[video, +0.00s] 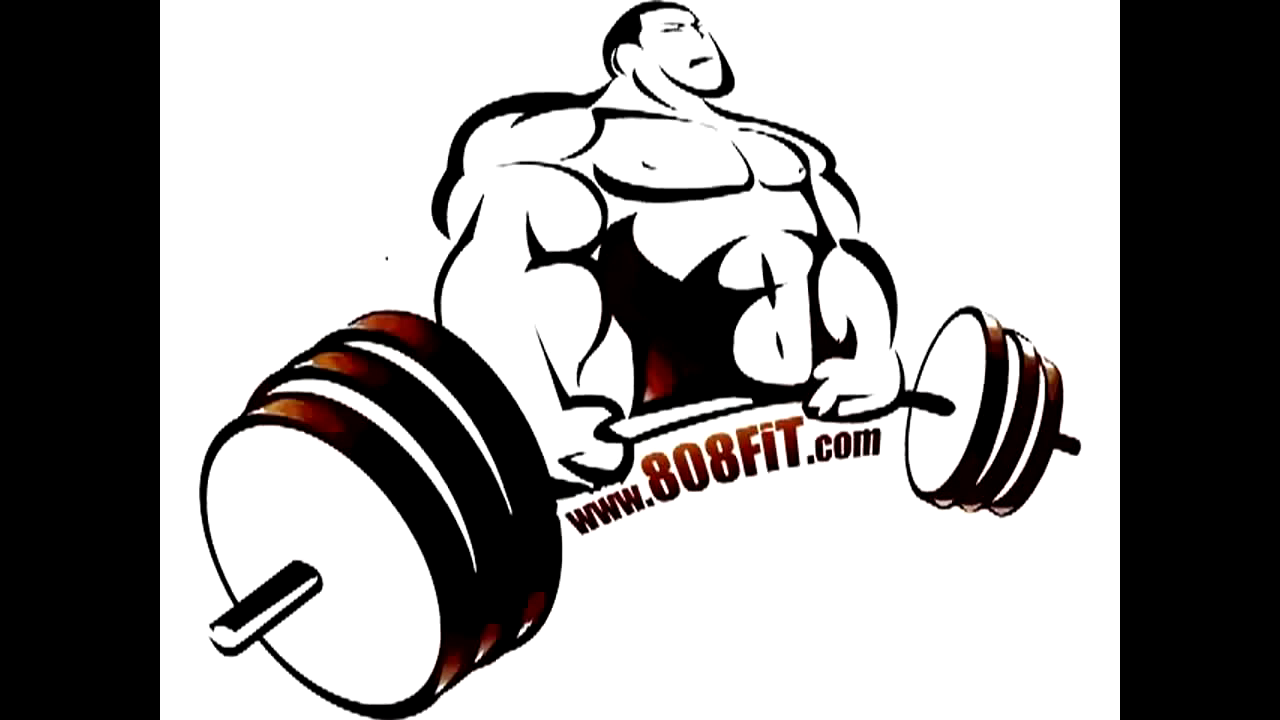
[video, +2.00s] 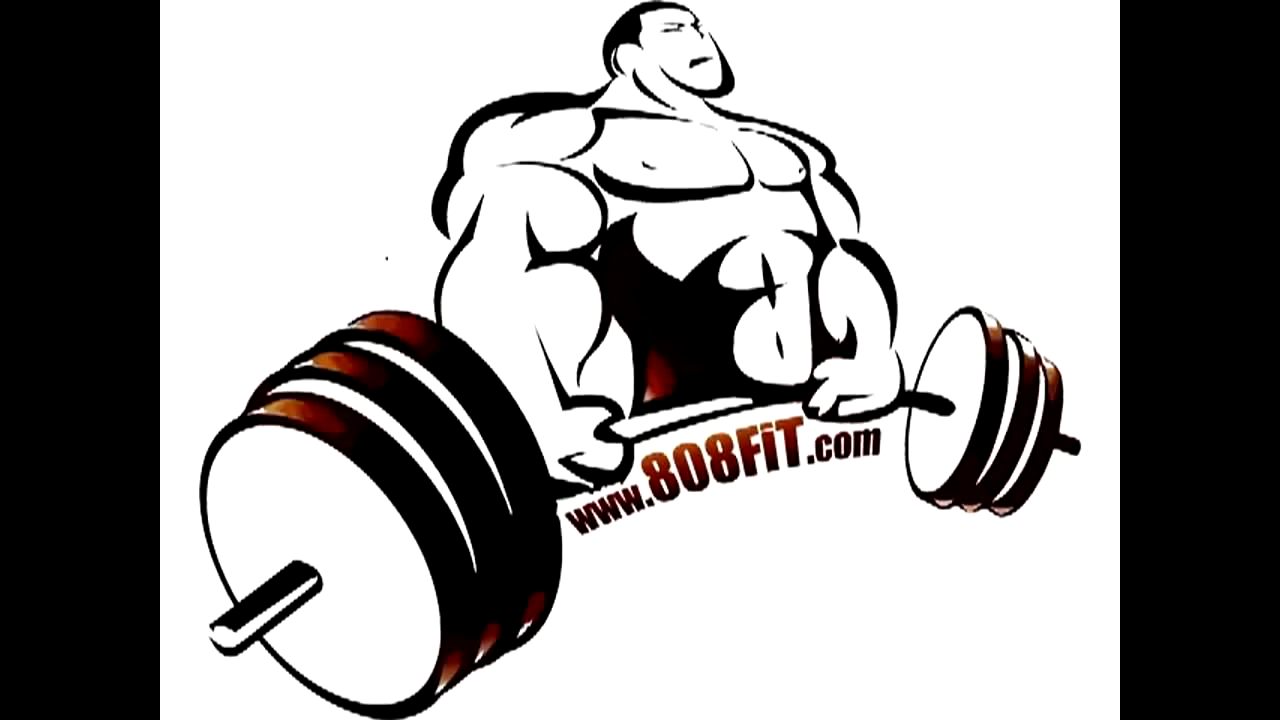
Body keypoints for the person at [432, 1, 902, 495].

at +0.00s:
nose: (702, 40)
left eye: (701, 28)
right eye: (676, 30)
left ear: (713, 45)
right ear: (629, 59)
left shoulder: (775, 145)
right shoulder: (594, 126)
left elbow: (850, 249)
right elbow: (487, 155)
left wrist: (878, 358)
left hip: (747, 330)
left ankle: (870, 369)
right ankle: (577, 429)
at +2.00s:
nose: (702, 40)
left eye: (701, 28)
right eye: (675, 30)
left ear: (713, 45)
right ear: (628, 59)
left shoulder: (776, 145)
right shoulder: (593, 127)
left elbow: (850, 250)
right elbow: (487, 155)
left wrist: (878, 358)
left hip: (747, 331)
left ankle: (870, 369)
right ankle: (577, 429)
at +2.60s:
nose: (702, 40)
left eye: (701, 28)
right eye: (675, 30)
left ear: (713, 45)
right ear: (628, 59)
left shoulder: (776, 145)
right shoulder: (593, 127)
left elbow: (850, 250)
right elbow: (487, 155)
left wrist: (878, 358)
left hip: (747, 331)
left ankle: (870, 369)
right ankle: (577, 429)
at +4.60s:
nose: (702, 40)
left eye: (701, 28)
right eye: (675, 30)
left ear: (713, 45)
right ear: (628, 59)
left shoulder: (775, 145)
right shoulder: (593, 126)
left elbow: (850, 250)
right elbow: (487, 155)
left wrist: (878, 358)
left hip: (747, 330)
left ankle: (870, 369)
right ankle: (577, 429)